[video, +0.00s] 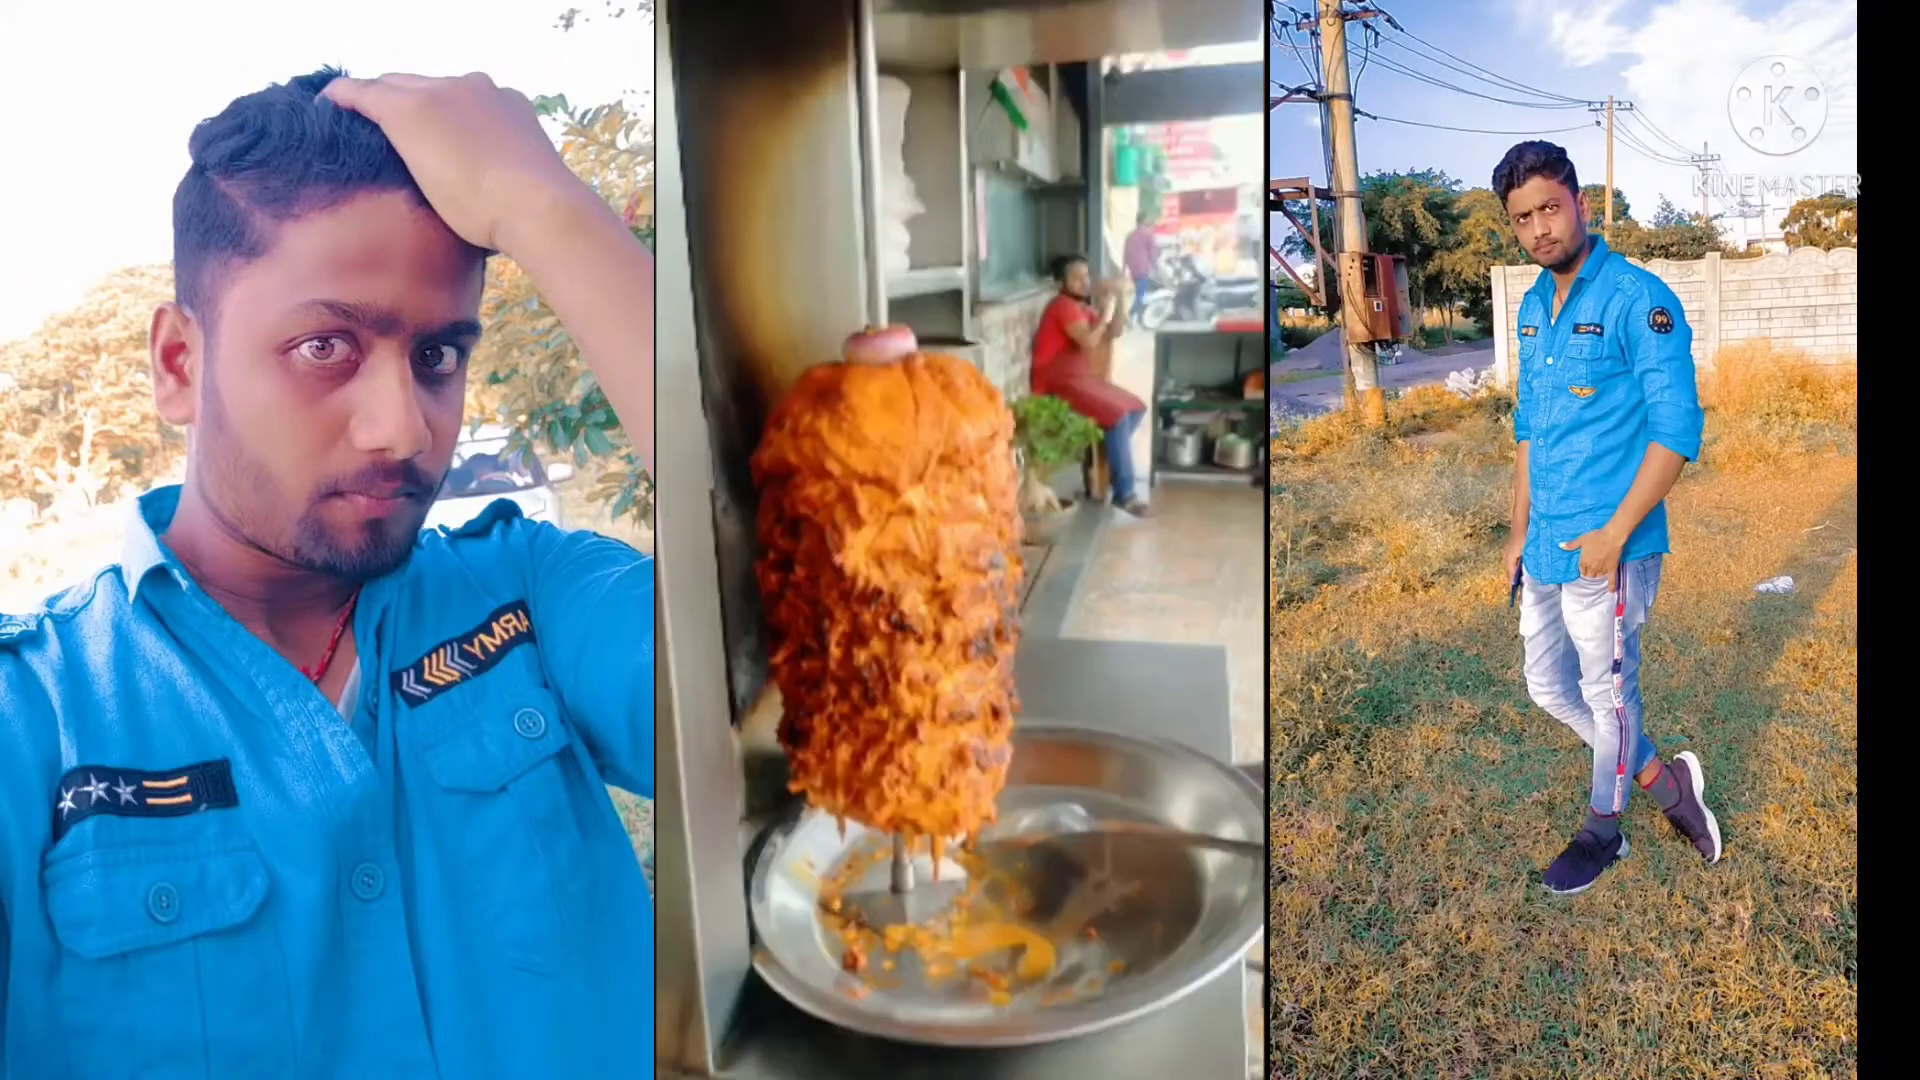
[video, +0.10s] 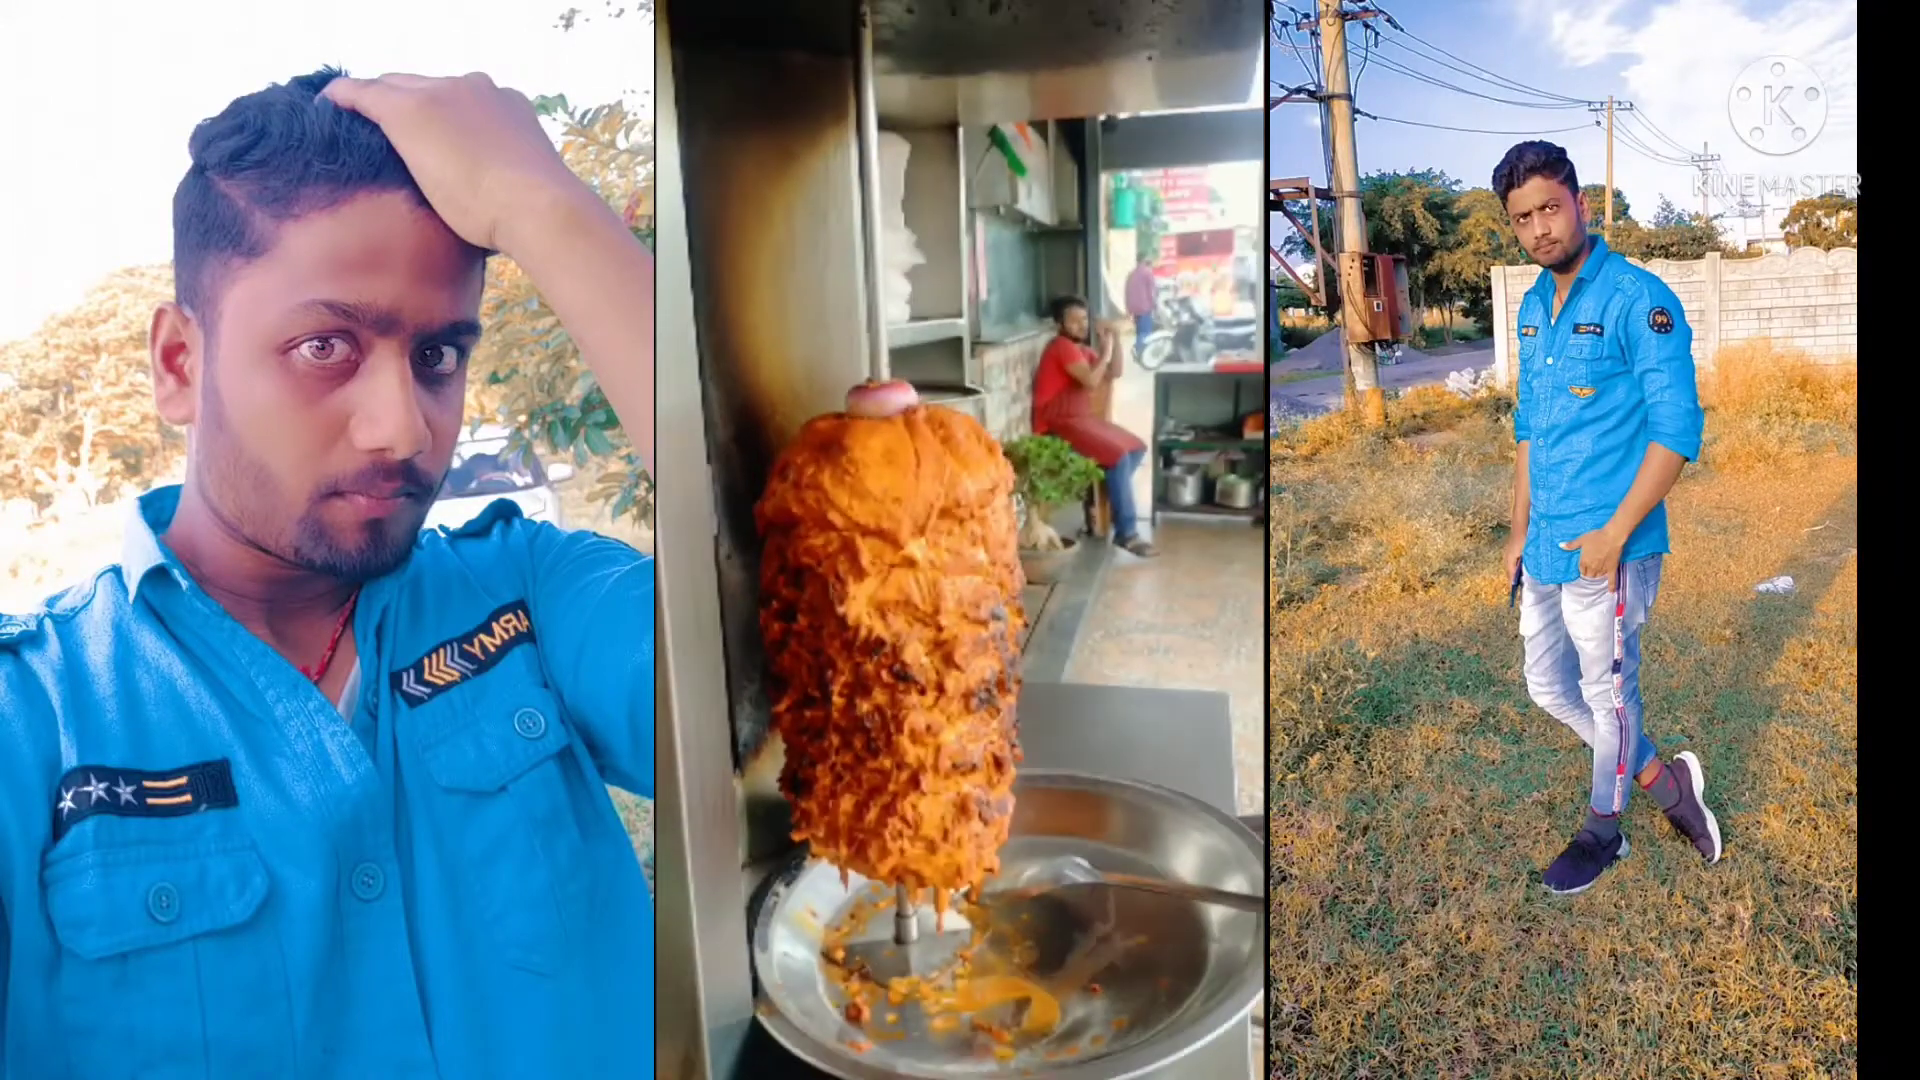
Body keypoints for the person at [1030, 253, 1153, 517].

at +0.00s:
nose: (1085, 282)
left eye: (1086, 276)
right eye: (1078, 278)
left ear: (1090, 278)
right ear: (1063, 282)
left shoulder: (1084, 307)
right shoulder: (1063, 306)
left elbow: (1114, 331)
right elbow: (1088, 341)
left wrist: (1120, 299)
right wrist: (1108, 308)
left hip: (1082, 378)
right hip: (1059, 381)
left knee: (1136, 409)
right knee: (1116, 416)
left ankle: (1096, 462)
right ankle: (1125, 494)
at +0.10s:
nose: (1081, 325)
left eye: (1084, 319)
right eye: (1074, 320)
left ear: (1088, 321)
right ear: (1061, 324)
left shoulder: (1082, 349)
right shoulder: (1061, 347)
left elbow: (1114, 371)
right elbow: (1091, 379)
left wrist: (1115, 339)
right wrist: (1108, 347)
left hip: (1082, 418)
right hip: (1060, 422)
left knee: (1137, 448)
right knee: (1117, 455)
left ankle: (1095, 503)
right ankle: (1127, 533)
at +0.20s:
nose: (1075, 325)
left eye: (1078, 319)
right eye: (1068, 320)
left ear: (1083, 320)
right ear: (1056, 322)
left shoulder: (1077, 348)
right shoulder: (1056, 347)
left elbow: (1109, 371)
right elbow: (1086, 379)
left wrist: (1104, 340)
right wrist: (1103, 345)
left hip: (1078, 417)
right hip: (1056, 421)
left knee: (1133, 448)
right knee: (1113, 455)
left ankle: (1092, 502)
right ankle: (1123, 533)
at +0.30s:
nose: (1086, 304)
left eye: (1090, 297)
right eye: (1080, 298)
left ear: (1094, 299)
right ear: (1067, 301)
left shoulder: (1088, 328)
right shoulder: (1067, 326)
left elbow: (1120, 350)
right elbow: (1092, 364)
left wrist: (1114, 315)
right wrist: (1112, 336)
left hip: (1089, 397)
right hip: (1067, 401)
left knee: (1145, 428)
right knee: (1124, 435)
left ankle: (1102, 480)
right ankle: (1135, 513)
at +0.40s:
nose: (1100, 242)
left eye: (1102, 236)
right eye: (1093, 237)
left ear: (1105, 238)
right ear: (1079, 240)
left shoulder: (1099, 268)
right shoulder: (1077, 268)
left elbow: (1128, 289)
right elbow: (1091, 314)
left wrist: (1122, 257)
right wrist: (1124, 293)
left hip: (1099, 339)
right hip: (1076, 344)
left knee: (1155, 372)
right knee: (1135, 379)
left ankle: (1113, 425)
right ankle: (1145, 458)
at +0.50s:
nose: (1113, 183)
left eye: (1114, 177)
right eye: (1106, 177)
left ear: (1115, 182)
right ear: (1088, 182)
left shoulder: (1110, 213)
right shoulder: (1085, 212)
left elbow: (1140, 232)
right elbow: (1085, 260)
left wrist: (1132, 198)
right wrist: (1131, 266)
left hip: (1112, 284)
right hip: (1087, 289)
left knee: (1167, 314)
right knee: (1146, 322)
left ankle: (1127, 368)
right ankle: (1159, 403)